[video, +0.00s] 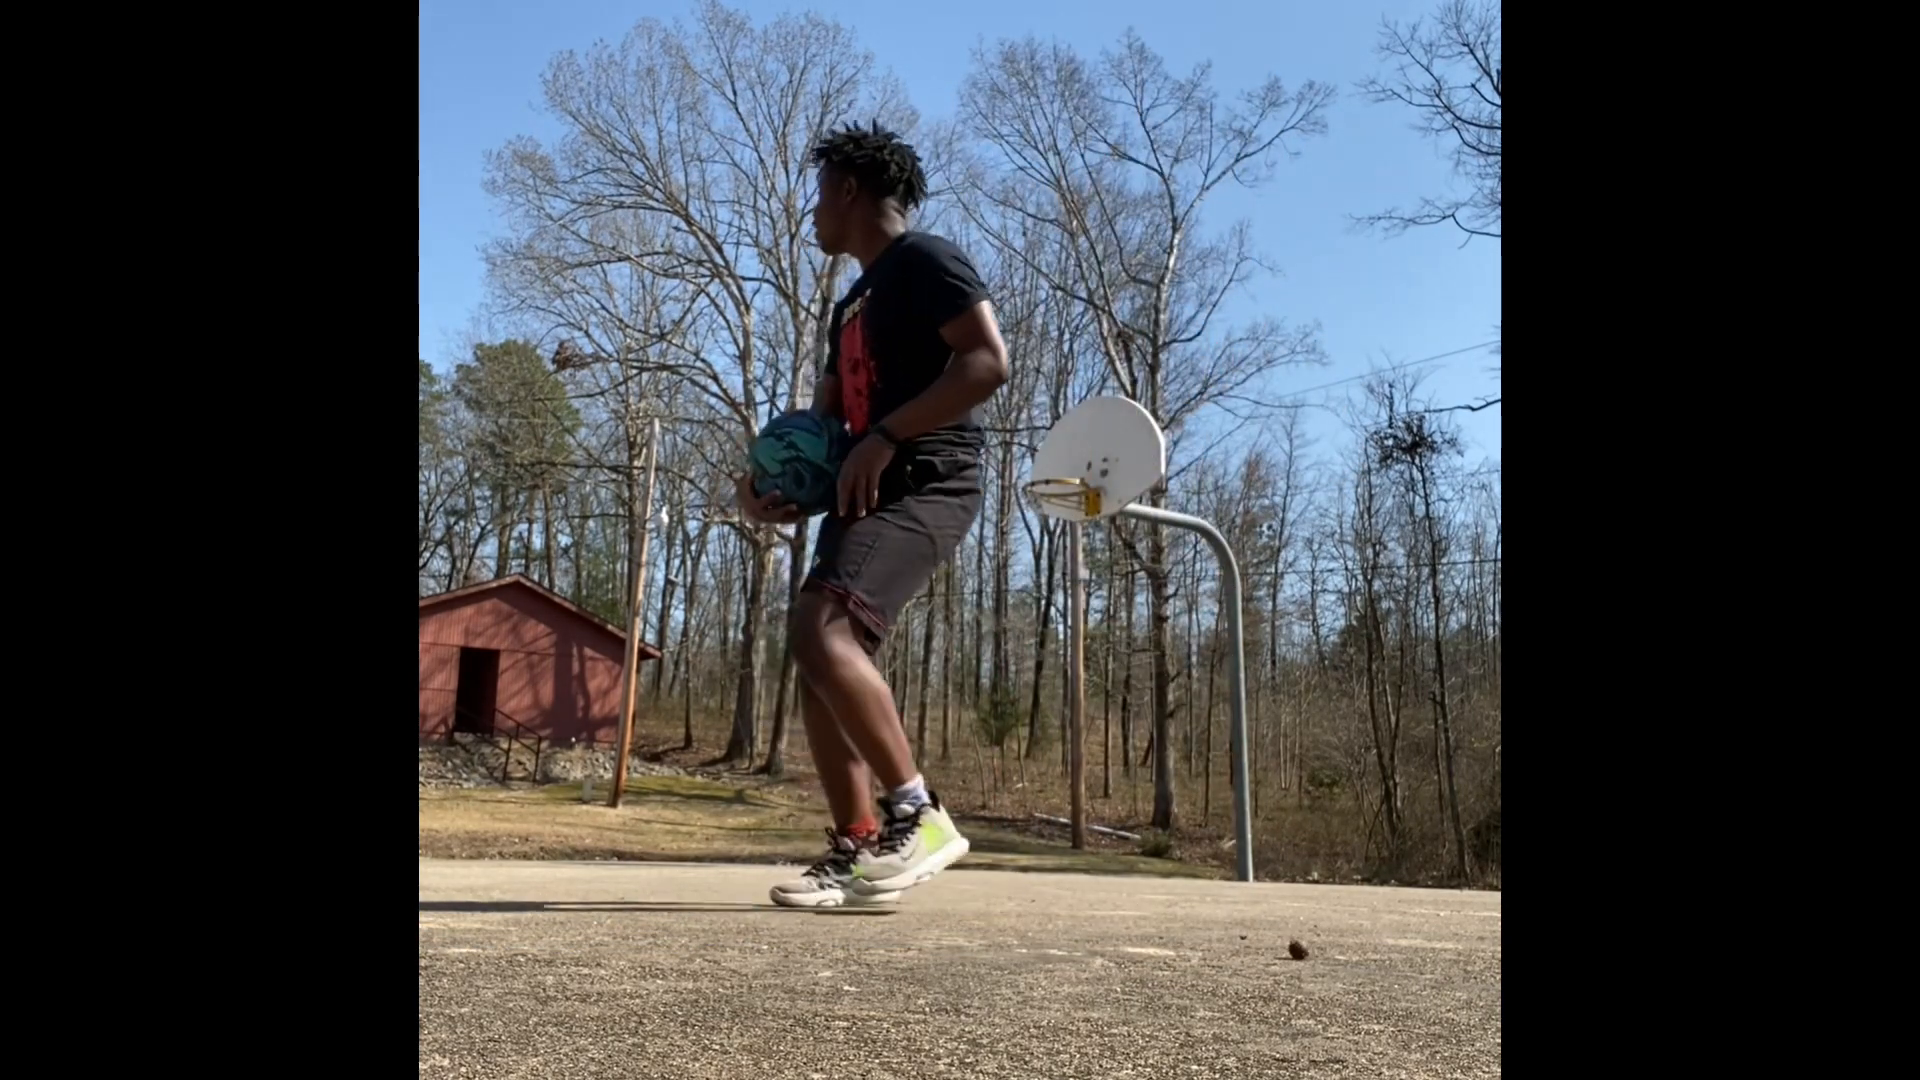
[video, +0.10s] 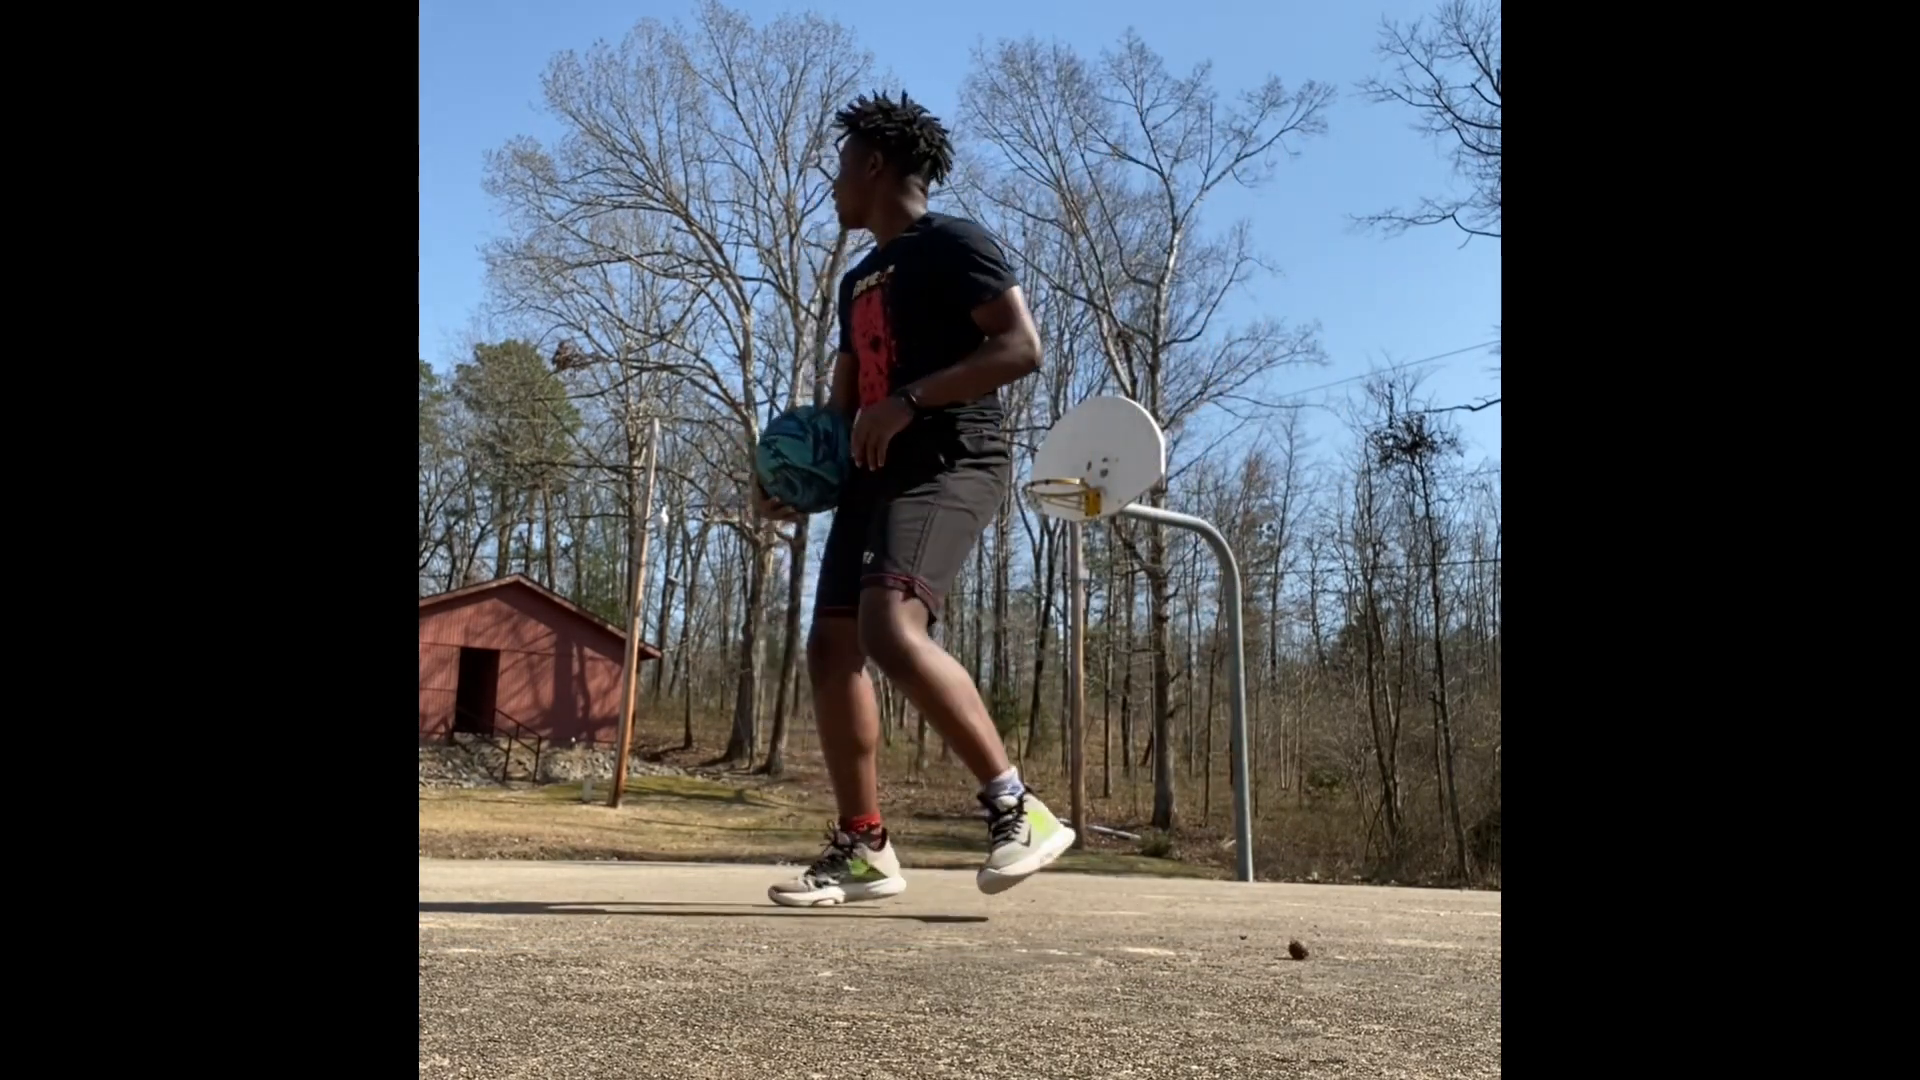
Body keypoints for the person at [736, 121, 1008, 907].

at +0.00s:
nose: (814, 207)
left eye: (823, 190)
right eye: (817, 191)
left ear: (860, 194)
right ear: (864, 198)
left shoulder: (926, 258)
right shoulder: (848, 308)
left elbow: (985, 362)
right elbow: (831, 425)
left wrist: (887, 435)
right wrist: (785, 492)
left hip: (929, 485)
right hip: (866, 490)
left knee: (826, 634)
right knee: (815, 652)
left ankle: (920, 817)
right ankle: (858, 850)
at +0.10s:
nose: (833, 177)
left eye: (843, 161)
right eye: (837, 161)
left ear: (881, 167)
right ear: (879, 170)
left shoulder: (956, 244)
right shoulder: (858, 283)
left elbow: (1022, 348)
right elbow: (844, 403)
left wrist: (908, 402)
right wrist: (795, 476)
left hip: (954, 463)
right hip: (877, 472)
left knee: (891, 626)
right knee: (832, 646)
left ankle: (1018, 810)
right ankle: (863, 848)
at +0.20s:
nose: (860, 179)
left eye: (873, 162)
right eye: (866, 162)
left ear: (912, 170)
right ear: (914, 174)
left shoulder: (989, 261)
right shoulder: (872, 281)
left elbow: (1051, 378)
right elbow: (865, 397)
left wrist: (926, 392)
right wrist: (815, 459)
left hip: (974, 469)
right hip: (895, 474)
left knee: (981, 631)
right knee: (834, 657)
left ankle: (1103, 832)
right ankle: (864, 855)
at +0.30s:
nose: (902, 171)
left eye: (913, 156)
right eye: (907, 155)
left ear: (957, 166)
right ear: (952, 167)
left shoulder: (1036, 268)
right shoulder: (909, 280)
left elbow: (1095, 391)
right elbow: (887, 390)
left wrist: (965, 401)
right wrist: (836, 463)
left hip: (1022, 483)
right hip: (932, 484)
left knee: (1053, 642)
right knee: (854, 664)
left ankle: (1158, 860)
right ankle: (864, 855)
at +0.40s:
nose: (945, 142)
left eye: (960, 124)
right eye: (952, 124)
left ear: (1007, 135)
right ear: (1003, 139)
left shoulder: (1096, 241)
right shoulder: (949, 259)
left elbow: (1177, 354)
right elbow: (919, 383)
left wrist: (1050, 386)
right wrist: (866, 463)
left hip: (1073, 458)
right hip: (972, 463)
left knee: (1107, 631)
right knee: (888, 653)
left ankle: (1168, 864)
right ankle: (864, 838)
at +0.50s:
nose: (985, 103)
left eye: (1002, 87)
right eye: (988, 87)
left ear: (1061, 99)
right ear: (1032, 102)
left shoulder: (1139, 201)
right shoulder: (979, 224)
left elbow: (1251, 289)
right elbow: (938, 346)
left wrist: (1138, 343)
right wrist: (884, 423)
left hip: (1107, 440)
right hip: (999, 445)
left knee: (1118, 622)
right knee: (918, 630)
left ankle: (1167, 862)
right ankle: (924, 819)